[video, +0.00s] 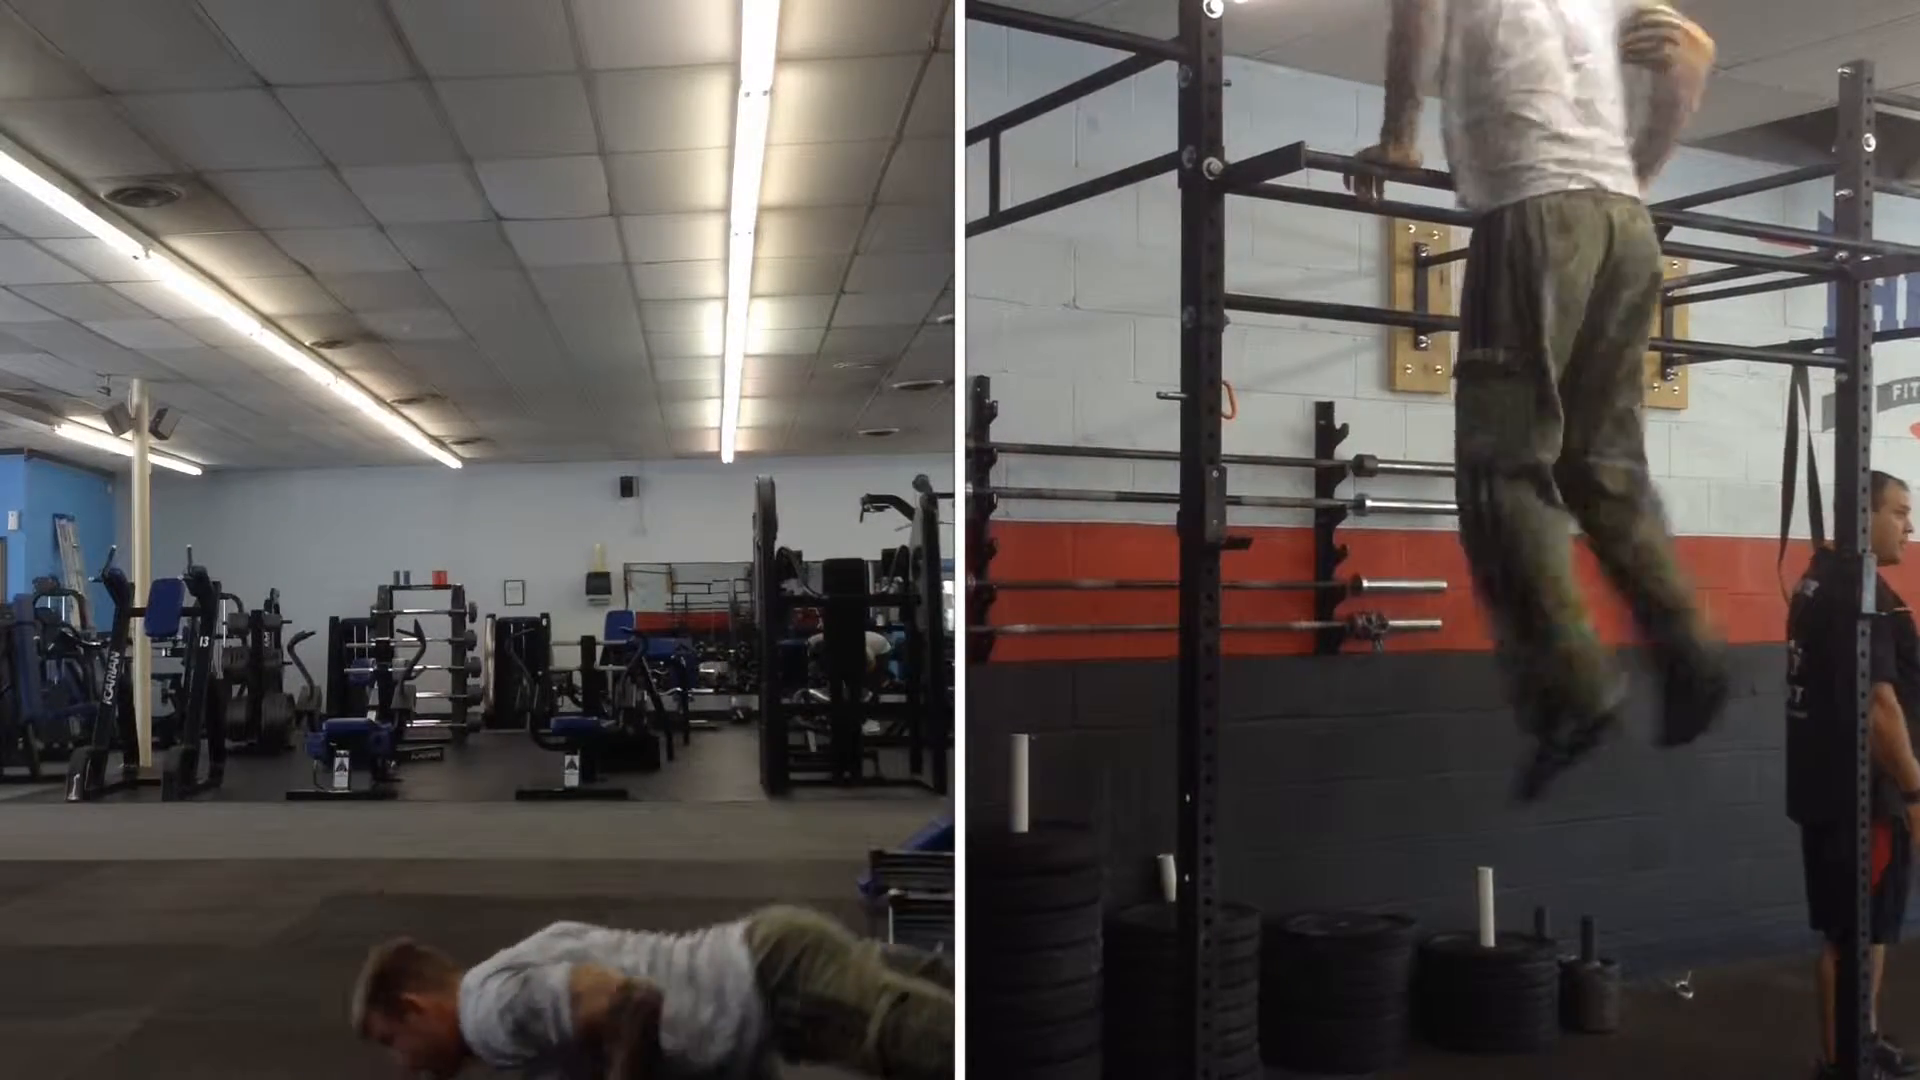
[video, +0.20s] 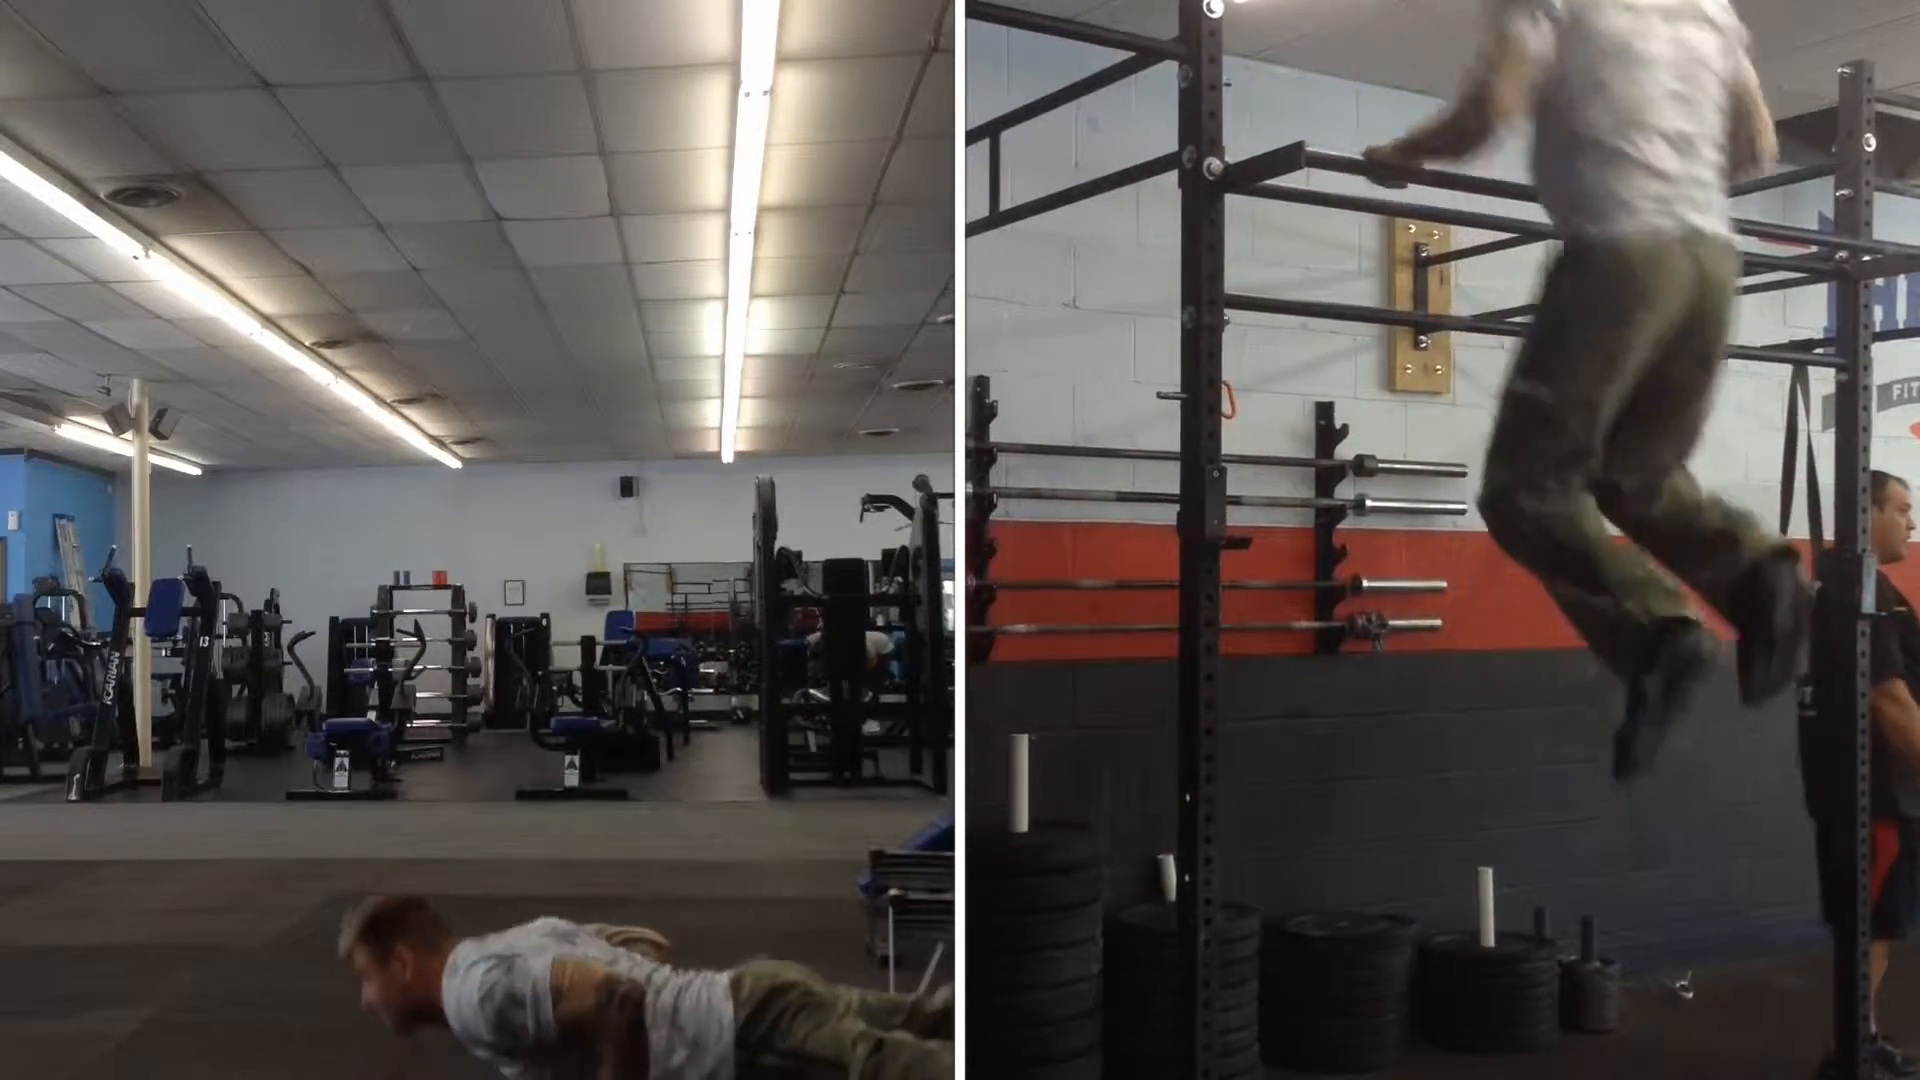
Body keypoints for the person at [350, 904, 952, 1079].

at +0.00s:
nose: (398, 1062)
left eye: (387, 1042)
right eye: (384, 1049)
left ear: (415, 1007)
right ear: (430, 985)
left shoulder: (489, 1007)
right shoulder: (507, 969)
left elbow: (626, 1001)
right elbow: (633, 989)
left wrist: (616, 1072)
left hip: (773, 982)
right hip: (773, 949)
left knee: (954, 1046)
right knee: (962, 1008)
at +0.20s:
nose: (364, 1001)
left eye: (364, 979)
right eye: (359, 982)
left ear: (401, 962)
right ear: (416, 949)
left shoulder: (476, 992)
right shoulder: (509, 942)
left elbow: (618, 997)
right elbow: (650, 943)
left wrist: (615, 1073)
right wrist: (589, 1031)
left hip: (750, 1034)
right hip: (756, 994)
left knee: (930, 1066)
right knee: (936, 1017)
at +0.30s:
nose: (366, 949)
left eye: (369, 929)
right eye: (362, 932)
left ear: (412, 921)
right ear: (427, 911)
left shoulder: (478, 966)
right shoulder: (515, 918)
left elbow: (618, 1001)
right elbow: (653, 947)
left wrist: (616, 1075)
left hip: (743, 1041)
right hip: (750, 1005)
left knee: (925, 1072)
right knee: (922, 1024)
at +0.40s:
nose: (377, 891)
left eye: (385, 872)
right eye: (377, 873)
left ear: (429, 870)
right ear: (445, 866)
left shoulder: (486, 930)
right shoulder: (534, 885)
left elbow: (619, 998)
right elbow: (653, 946)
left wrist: (616, 1072)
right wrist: (609, 1038)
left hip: (742, 1041)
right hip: (753, 1003)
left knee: (926, 1070)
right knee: (924, 1026)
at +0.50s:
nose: (401, 830)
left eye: (408, 812)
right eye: (402, 813)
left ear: (451, 820)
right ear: (465, 815)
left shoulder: (502, 890)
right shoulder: (537, 850)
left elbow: (617, 1002)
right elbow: (629, 966)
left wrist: (615, 1076)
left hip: (747, 1039)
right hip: (751, 991)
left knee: (933, 1070)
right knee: (917, 1021)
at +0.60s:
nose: (426, 776)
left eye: (437, 759)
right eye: (429, 759)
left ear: (480, 770)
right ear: (492, 769)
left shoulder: (519, 855)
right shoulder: (552, 814)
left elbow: (611, 990)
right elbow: (640, 936)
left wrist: (616, 1072)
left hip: (745, 1028)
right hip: (755, 978)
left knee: (930, 1064)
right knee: (923, 1017)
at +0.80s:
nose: (473, 703)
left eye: (489, 690)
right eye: (481, 689)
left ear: (531, 714)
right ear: (534, 715)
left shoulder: (562, 817)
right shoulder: (580, 779)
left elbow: (600, 983)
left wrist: (611, 1070)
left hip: (751, 1001)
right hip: (756, 957)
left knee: (933, 1062)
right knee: (924, 1005)